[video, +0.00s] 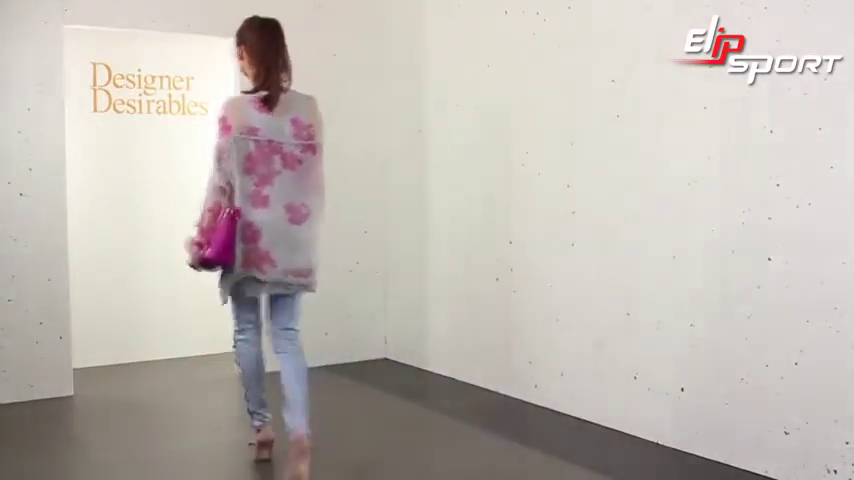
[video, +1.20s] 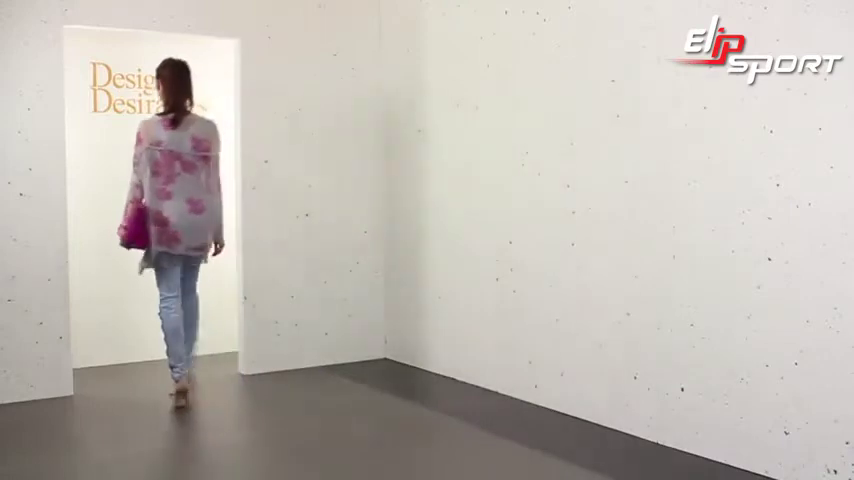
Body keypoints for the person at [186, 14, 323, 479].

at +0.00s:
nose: (238, 59)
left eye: (238, 52)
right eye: (240, 51)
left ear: (246, 55)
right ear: (281, 52)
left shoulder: (235, 111)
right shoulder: (307, 108)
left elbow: (222, 183)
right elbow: (315, 180)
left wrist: (201, 241)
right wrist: (304, 223)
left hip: (247, 237)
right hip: (297, 238)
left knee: (246, 331)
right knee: (288, 332)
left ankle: (262, 425)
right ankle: (300, 429)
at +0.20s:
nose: (223, 58)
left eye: (225, 52)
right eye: (225, 51)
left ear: (231, 55)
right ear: (263, 53)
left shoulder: (216, 106)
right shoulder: (288, 108)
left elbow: (204, 175)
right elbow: (297, 180)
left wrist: (190, 230)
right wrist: (303, 238)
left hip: (233, 228)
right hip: (280, 228)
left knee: (244, 323)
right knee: (263, 313)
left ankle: (263, 422)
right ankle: (260, 406)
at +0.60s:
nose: (192, 75)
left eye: (193, 69)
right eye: (194, 69)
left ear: (197, 73)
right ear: (227, 73)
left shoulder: (182, 121)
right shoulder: (247, 123)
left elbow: (171, 182)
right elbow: (256, 188)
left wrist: (157, 229)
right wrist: (260, 240)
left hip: (199, 232)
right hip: (241, 233)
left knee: (204, 309)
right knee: (232, 311)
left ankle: (216, 388)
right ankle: (222, 400)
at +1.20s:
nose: (157, 88)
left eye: (158, 82)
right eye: (159, 81)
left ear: (161, 85)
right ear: (188, 84)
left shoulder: (149, 128)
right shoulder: (207, 129)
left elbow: (138, 181)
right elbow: (214, 184)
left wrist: (128, 224)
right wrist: (218, 229)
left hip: (162, 225)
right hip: (199, 225)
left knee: (169, 298)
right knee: (189, 293)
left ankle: (179, 376)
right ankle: (186, 367)